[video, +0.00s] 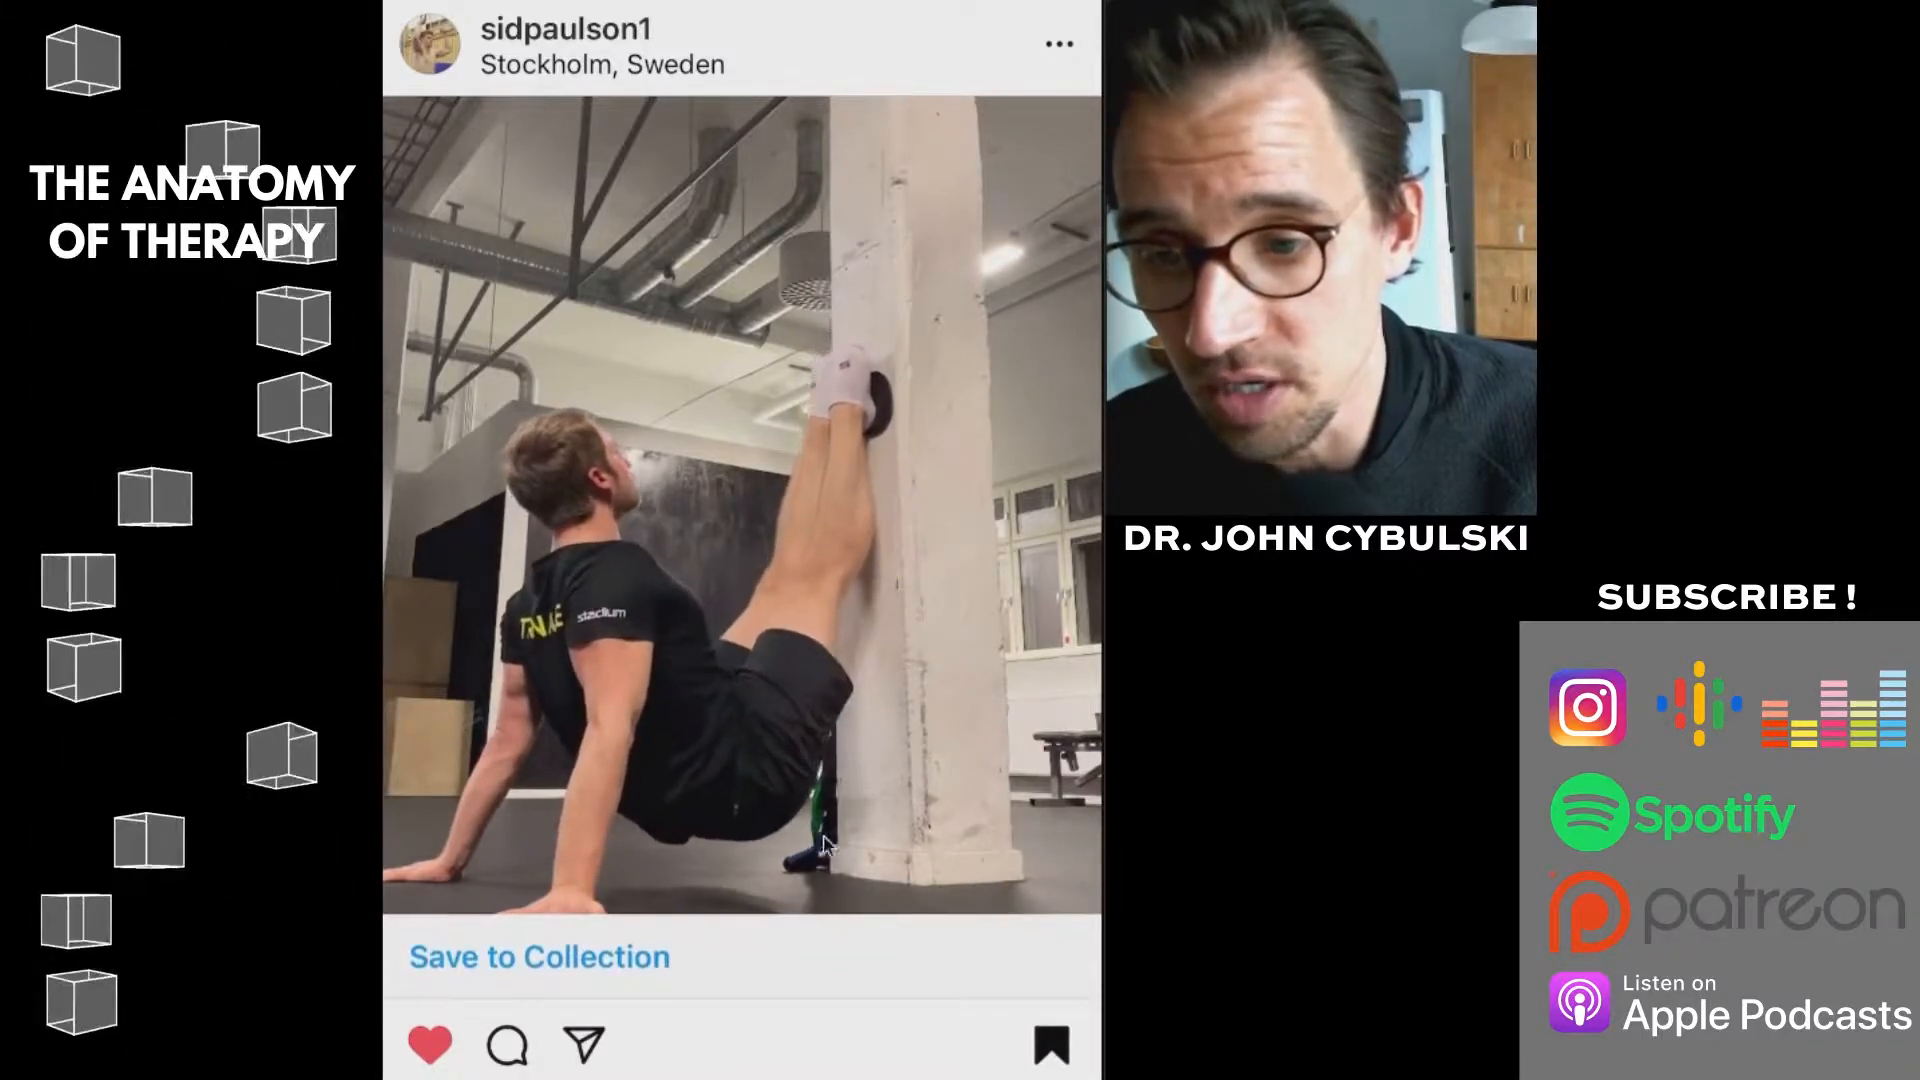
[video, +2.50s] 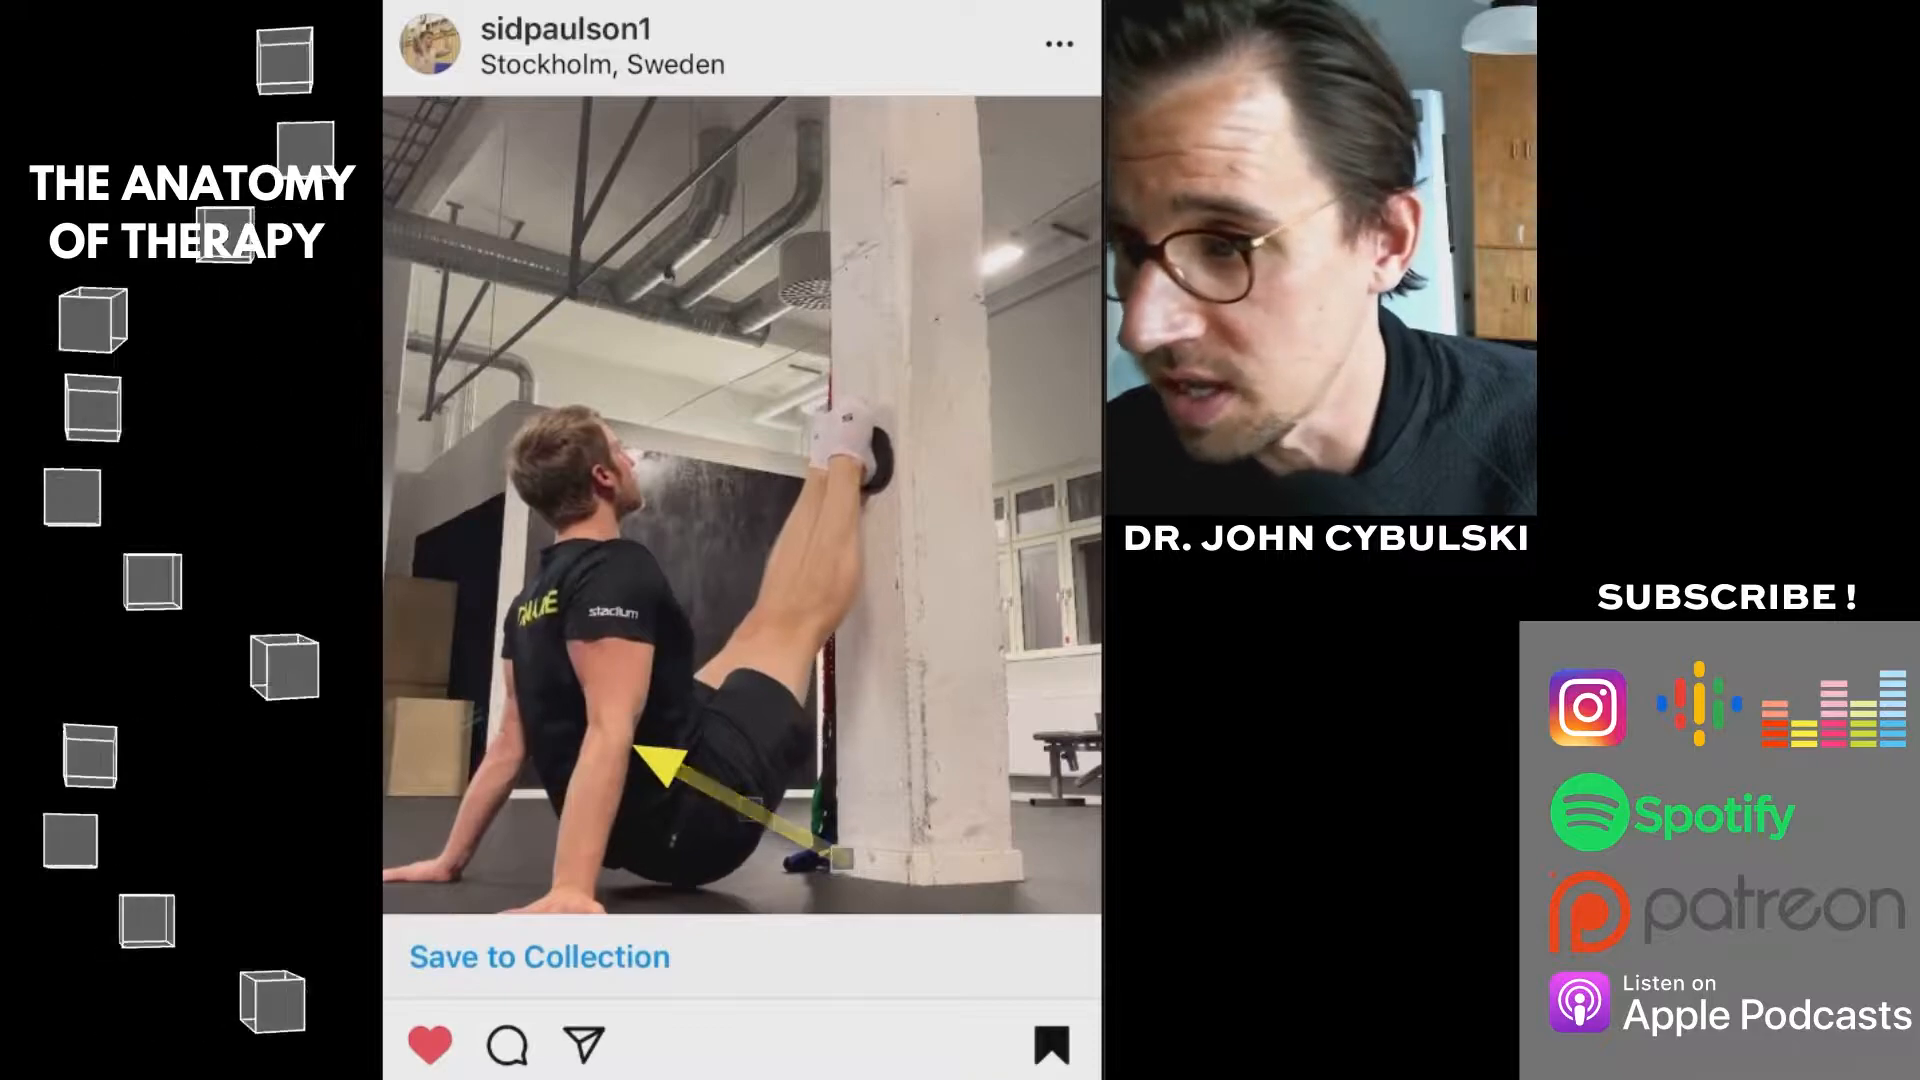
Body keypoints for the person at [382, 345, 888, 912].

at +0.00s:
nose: (626, 460)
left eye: (615, 448)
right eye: (614, 453)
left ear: (544, 502)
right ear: (600, 480)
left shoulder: (526, 604)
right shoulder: (614, 571)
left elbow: (508, 742)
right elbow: (609, 727)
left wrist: (450, 859)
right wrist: (573, 889)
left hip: (683, 799)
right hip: (749, 777)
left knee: (784, 579)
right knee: (819, 573)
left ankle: (826, 414)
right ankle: (847, 415)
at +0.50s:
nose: (628, 461)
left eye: (618, 449)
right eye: (616, 454)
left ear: (541, 501)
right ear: (600, 479)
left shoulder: (522, 602)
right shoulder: (613, 571)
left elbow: (508, 744)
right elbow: (605, 730)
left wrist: (450, 859)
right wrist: (572, 889)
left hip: (665, 806)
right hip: (732, 782)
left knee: (782, 585)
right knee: (816, 581)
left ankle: (825, 425)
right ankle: (846, 429)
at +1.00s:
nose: (629, 462)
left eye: (620, 450)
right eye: (618, 454)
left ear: (539, 498)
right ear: (600, 478)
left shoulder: (521, 602)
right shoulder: (611, 571)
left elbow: (507, 743)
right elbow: (604, 731)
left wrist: (449, 859)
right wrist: (573, 888)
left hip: (663, 812)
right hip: (732, 793)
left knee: (778, 592)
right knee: (812, 589)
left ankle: (825, 431)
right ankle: (849, 437)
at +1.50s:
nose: (630, 460)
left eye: (620, 448)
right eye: (620, 452)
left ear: (541, 496)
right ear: (603, 476)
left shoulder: (522, 600)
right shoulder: (615, 571)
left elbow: (506, 746)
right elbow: (606, 730)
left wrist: (449, 860)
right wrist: (573, 888)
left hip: (654, 820)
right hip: (722, 804)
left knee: (774, 601)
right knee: (810, 600)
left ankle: (824, 443)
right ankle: (847, 448)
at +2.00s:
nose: (632, 460)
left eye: (622, 448)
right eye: (622, 453)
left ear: (544, 499)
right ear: (604, 478)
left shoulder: (526, 600)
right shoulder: (616, 569)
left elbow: (508, 747)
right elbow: (607, 730)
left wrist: (450, 860)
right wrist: (572, 886)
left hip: (650, 829)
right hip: (708, 814)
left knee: (773, 609)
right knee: (805, 608)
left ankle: (825, 456)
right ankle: (846, 455)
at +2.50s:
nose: (632, 460)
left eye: (622, 449)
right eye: (622, 453)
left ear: (546, 497)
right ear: (605, 478)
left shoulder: (529, 601)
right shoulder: (616, 569)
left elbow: (508, 750)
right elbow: (607, 735)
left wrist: (449, 861)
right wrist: (572, 885)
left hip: (645, 836)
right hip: (693, 824)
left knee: (769, 617)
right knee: (804, 615)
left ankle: (825, 467)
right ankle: (846, 466)